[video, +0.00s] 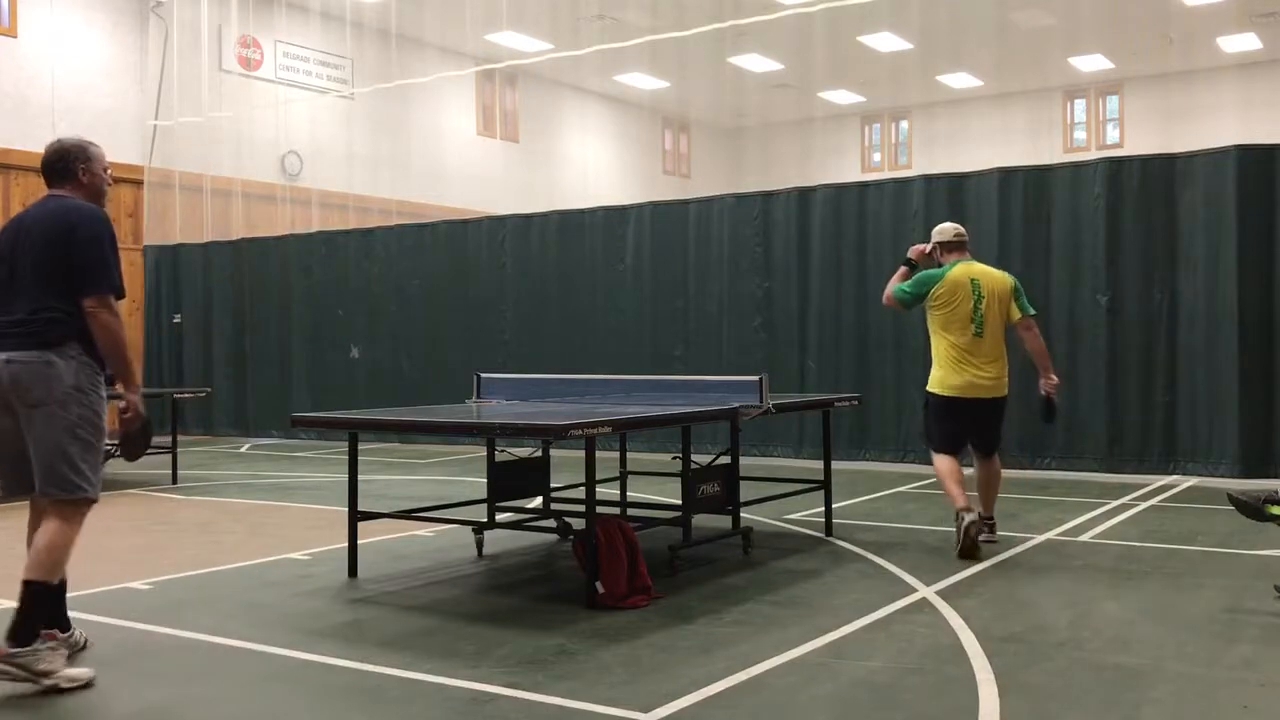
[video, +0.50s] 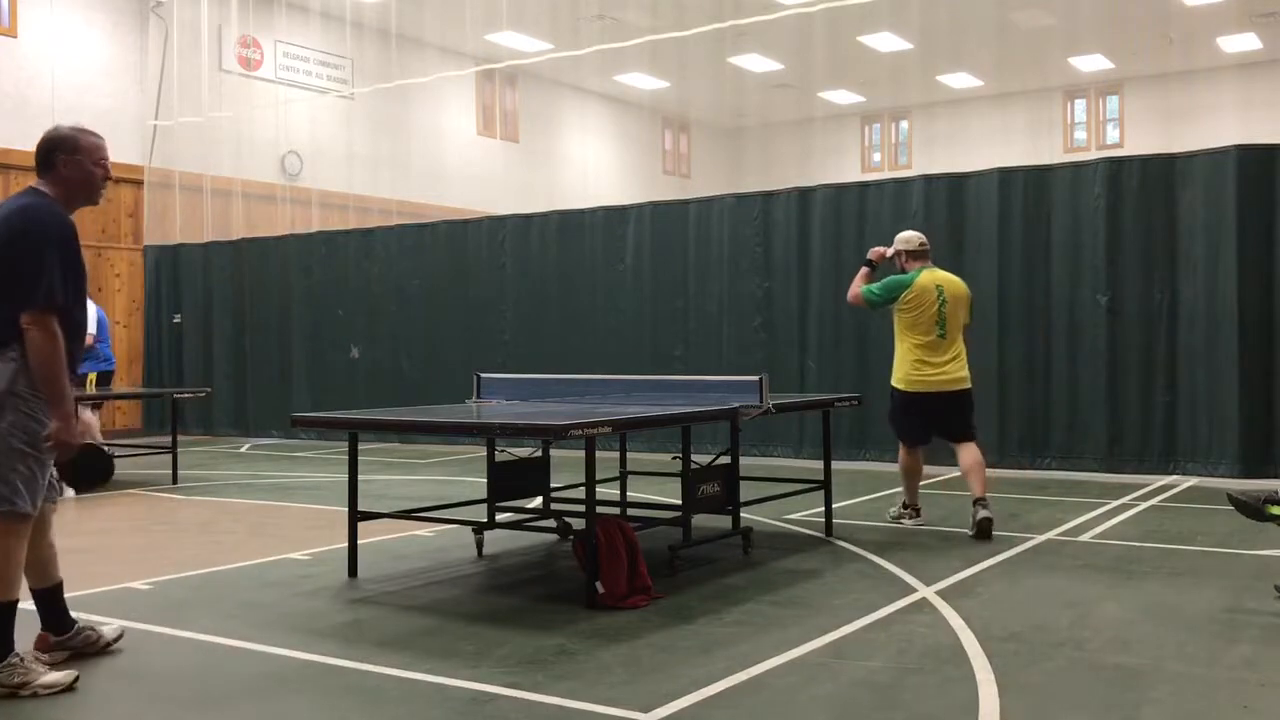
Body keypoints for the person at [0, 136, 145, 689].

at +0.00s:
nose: (110, 179)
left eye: (108, 170)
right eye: (105, 170)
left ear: (54, 176)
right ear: (84, 172)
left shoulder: (16, 224)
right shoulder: (88, 218)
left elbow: (15, 306)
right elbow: (98, 306)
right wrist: (130, 386)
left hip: (9, 366)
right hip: (57, 368)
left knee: (43, 503)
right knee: (70, 503)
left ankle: (54, 627)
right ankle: (22, 644)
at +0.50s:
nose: (108, 173)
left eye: (107, 163)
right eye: (99, 162)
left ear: (59, 165)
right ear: (62, 165)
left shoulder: (31, 214)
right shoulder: (41, 219)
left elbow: (36, 322)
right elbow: (37, 322)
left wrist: (69, 409)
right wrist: (63, 414)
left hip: (25, 380)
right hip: (20, 383)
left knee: (37, 509)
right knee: (13, 516)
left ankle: (58, 628)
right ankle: (5, 658)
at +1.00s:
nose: (106, 170)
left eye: (106, 160)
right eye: (95, 159)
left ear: (63, 162)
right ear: (56, 160)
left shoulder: (53, 219)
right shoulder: (32, 218)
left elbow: (53, 322)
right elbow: (20, 322)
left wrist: (78, 404)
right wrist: (38, 410)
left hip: (54, 392)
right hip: (29, 393)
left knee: (54, 508)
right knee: (16, 519)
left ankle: (61, 629)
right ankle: (7, 659)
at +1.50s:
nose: (130, 175)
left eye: (128, 167)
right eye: (125, 167)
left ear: (81, 171)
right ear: (102, 171)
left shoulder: (57, 221)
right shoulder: (78, 225)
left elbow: (69, 314)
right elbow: (82, 321)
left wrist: (128, 355)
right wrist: (115, 400)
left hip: (61, 374)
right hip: (65, 377)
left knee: (94, 503)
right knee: (78, 510)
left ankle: (66, 628)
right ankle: (11, 645)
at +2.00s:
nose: (160, 183)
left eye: (158, 175)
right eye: (157, 174)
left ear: (105, 176)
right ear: (143, 175)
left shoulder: (77, 225)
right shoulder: (130, 225)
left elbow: (104, 292)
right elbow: (134, 313)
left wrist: (167, 271)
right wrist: (171, 390)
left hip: (74, 374)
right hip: (116, 375)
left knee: (90, 502)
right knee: (174, 493)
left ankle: (61, 630)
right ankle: (220, 618)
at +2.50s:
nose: (256, 184)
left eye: (254, 176)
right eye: (254, 177)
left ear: (203, 181)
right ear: (243, 183)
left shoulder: (162, 224)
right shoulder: (232, 236)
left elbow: (178, 293)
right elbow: (232, 326)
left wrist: (241, 275)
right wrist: (257, 405)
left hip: (149, 371)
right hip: (202, 375)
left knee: (146, 493)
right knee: (237, 492)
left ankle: (79, 609)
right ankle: (233, 618)